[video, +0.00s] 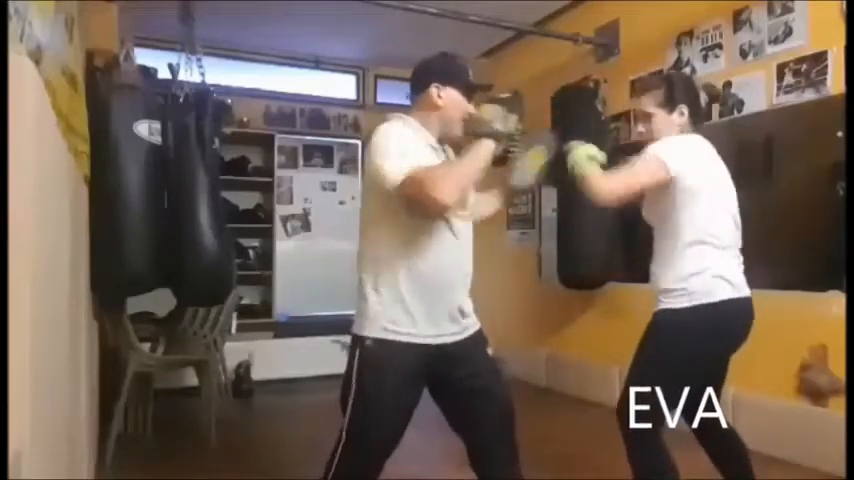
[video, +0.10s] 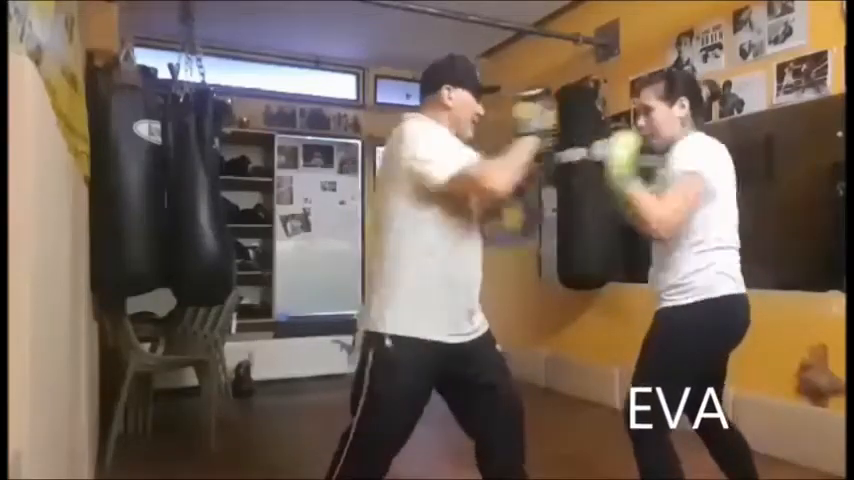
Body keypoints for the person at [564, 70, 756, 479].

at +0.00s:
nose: (638, 131)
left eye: (647, 118)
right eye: (635, 121)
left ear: (680, 115)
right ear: (681, 118)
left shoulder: (672, 153)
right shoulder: (704, 153)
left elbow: (607, 190)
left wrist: (581, 158)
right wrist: (635, 159)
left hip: (690, 311)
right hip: (729, 307)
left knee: (634, 414)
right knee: (701, 410)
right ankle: (743, 475)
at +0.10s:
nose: (640, 123)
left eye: (647, 111)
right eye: (637, 113)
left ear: (681, 107)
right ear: (678, 110)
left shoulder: (696, 151)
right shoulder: (693, 153)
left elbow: (664, 222)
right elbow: (659, 224)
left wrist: (626, 177)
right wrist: (625, 183)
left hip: (697, 307)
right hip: (712, 305)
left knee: (642, 415)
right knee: (705, 411)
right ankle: (747, 475)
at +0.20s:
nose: (641, 118)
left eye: (649, 107)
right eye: (638, 110)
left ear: (682, 103)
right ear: (637, 111)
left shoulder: (716, 154)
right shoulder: (656, 155)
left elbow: (679, 227)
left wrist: (658, 169)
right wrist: (578, 135)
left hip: (711, 303)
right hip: (682, 305)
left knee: (651, 414)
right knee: (709, 415)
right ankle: (746, 474)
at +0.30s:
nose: (638, 126)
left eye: (646, 114)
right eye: (635, 117)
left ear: (679, 109)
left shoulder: (716, 158)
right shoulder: (656, 161)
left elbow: (681, 237)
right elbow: (601, 207)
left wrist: (656, 175)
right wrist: (586, 156)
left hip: (718, 310)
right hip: (679, 314)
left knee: (654, 416)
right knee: (699, 418)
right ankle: (736, 475)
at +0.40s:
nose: (626, 159)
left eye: (633, 148)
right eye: (624, 149)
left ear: (666, 141)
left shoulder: (709, 182)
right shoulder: (646, 189)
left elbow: (678, 272)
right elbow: (622, 266)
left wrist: (652, 210)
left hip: (732, 327)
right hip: (688, 328)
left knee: (652, 423)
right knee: (670, 425)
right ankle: (722, 471)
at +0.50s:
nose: (605, 214)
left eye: (610, 201)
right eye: (603, 203)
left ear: (641, 195)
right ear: (639, 197)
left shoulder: (686, 223)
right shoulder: (655, 231)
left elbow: (677, 312)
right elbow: (631, 313)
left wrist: (640, 279)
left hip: (747, 349)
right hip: (718, 346)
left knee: (647, 421)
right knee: (659, 422)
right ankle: (716, 474)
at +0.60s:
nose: (604, 210)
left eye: (612, 198)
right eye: (602, 200)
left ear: (654, 194)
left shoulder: (674, 234)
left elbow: (661, 327)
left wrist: (630, 294)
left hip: (739, 355)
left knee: (643, 421)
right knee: (673, 432)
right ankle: (719, 474)